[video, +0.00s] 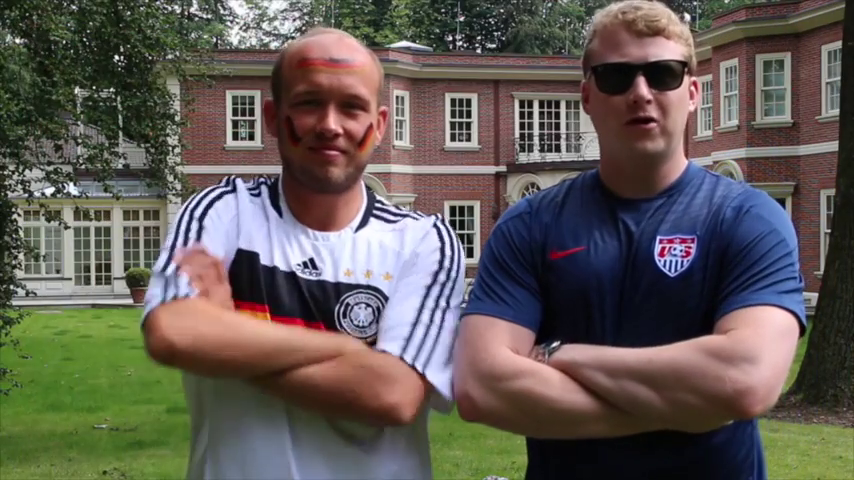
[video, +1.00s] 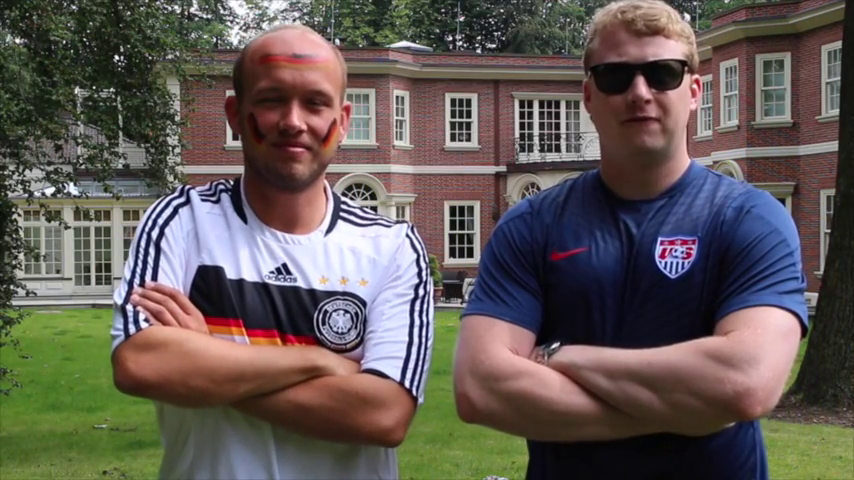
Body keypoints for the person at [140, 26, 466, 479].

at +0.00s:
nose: (330, 126)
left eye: (352, 107)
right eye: (310, 104)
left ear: (380, 125)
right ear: (274, 119)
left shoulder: (425, 241)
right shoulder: (218, 210)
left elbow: (397, 396)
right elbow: (169, 334)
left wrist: (230, 329)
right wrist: (356, 350)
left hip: (377, 477)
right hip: (231, 474)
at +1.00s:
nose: (294, 122)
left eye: (315, 103)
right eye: (272, 101)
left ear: (341, 121)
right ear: (235, 115)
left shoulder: (393, 247)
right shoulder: (179, 219)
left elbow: (386, 418)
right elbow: (136, 364)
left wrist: (210, 365)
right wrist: (320, 361)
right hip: (206, 473)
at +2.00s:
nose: (293, 125)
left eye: (315, 106)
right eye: (272, 103)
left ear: (340, 122)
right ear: (234, 115)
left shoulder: (389, 247)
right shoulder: (175, 221)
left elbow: (386, 417)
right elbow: (139, 367)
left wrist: (210, 366)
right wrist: (322, 361)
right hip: (203, 474)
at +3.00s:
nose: (291, 124)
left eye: (312, 105)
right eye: (269, 102)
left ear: (337, 124)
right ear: (231, 117)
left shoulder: (386, 248)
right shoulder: (173, 223)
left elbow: (386, 420)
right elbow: (140, 374)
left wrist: (212, 372)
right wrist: (321, 365)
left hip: (341, 475)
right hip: (202, 473)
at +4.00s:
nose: (293, 126)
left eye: (314, 107)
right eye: (271, 104)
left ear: (338, 124)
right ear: (232, 118)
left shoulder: (387, 249)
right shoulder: (174, 221)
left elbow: (384, 421)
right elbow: (138, 374)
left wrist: (211, 372)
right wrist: (318, 365)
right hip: (201, 473)